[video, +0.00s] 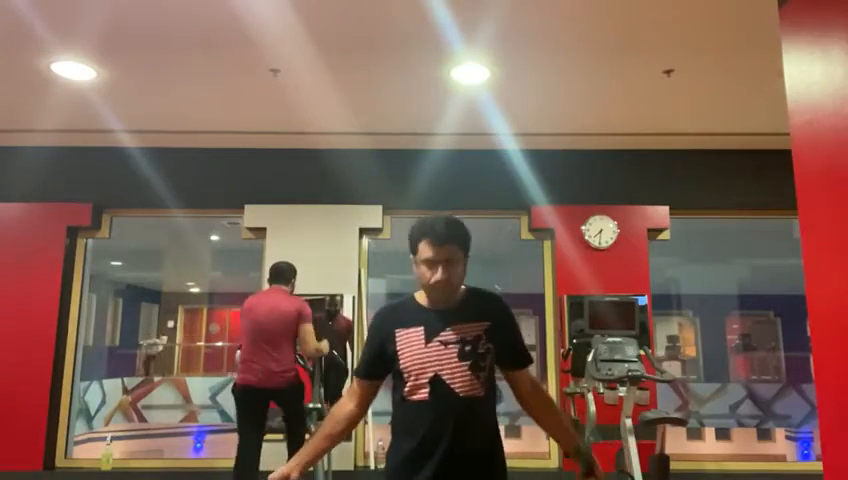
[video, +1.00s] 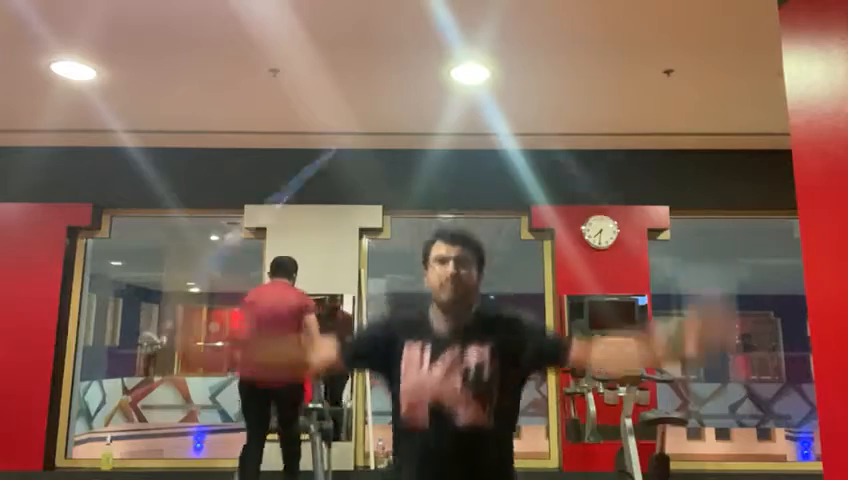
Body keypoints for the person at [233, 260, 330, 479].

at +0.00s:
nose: (294, 285)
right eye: (294, 282)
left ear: (269, 280)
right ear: (292, 282)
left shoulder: (249, 303)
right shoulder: (299, 306)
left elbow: (247, 342)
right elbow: (308, 350)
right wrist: (323, 347)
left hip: (249, 384)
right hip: (285, 383)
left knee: (248, 443)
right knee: (296, 429)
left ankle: (244, 476)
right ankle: (296, 473)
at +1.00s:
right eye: (294, 275)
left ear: (269, 274)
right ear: (293, 275)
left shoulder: (252, 297)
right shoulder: (302, 299)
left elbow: (239, 334)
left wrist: (231, 362)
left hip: (254, 377)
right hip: (289, 378)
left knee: (254, 438)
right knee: (290, 434)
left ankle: (248, 475)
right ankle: (291, 473)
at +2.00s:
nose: (294, 280)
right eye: (295, 276)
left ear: (270, 275)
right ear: (295, 277)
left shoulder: (251, 296)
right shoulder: (306, 302)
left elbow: (243, 330)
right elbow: (324, 340)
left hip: (254, 374)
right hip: (292, 375)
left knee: (255, 435)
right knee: (287, 440)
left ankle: (251, 476)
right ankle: (287, 476)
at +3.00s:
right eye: (293, 280)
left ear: (268, 280)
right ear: (293, 282)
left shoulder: (250, 302)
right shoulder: (305, 307)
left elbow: (236, 341)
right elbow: (320, 341)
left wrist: (228, 361)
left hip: (257, 378)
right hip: (292, 378)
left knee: (255, 430)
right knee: (286, 435)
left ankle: (255, 473)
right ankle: (283, 474)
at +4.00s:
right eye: (294, 277)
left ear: (268, 277)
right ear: (294, 278)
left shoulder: (251, 299)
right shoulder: (304, 303)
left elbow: (231, 339)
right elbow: (324, 336)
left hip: (253, 379)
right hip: (286, 380)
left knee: (254, 432)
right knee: (284, 437)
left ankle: (256, 473)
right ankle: (283, 475)